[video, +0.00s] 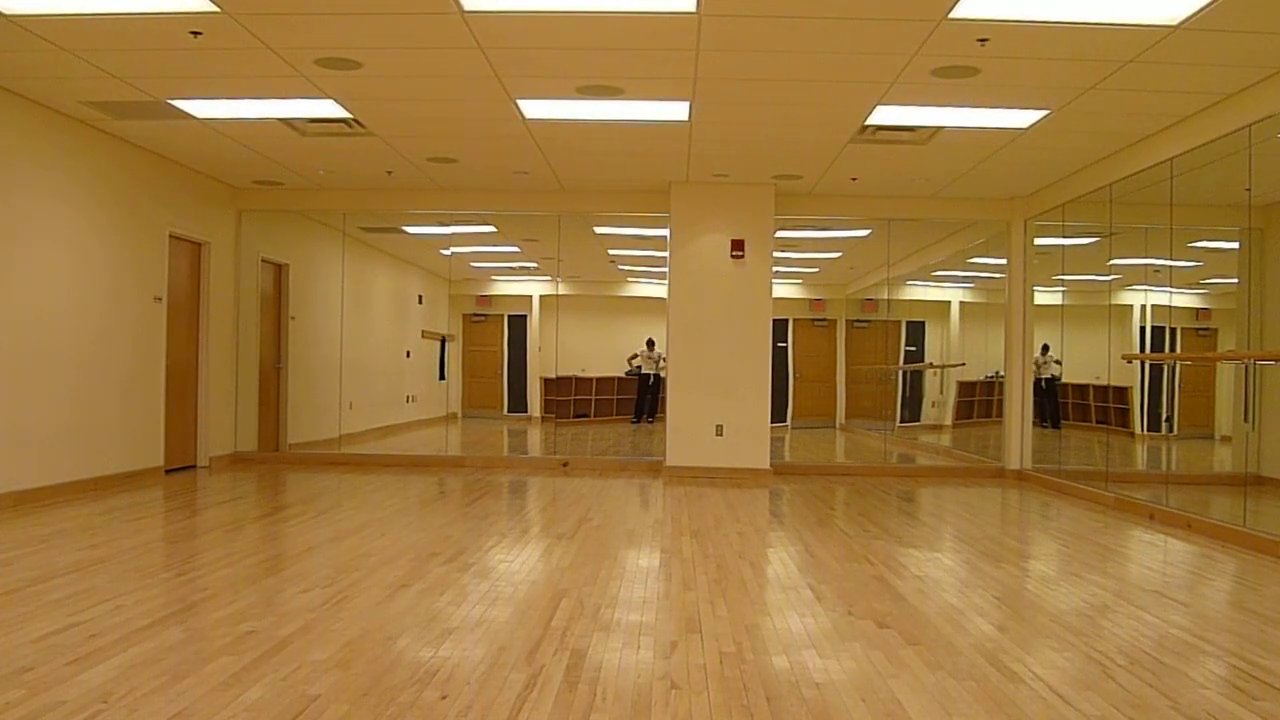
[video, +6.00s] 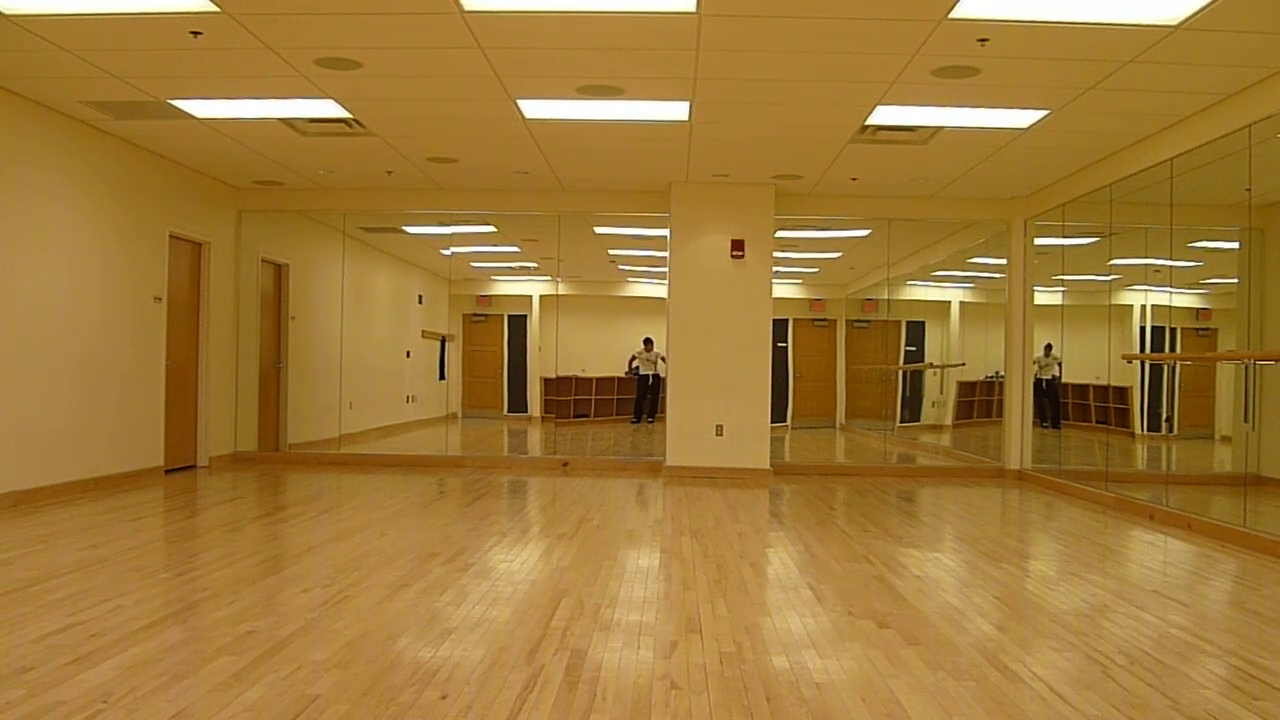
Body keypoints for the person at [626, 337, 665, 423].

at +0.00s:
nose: (650, 349)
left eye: (652, 348)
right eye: (648, 348)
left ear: (654, 346)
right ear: (646, 346)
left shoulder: (658, 353)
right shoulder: (642, 352)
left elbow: (667, 363)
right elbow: (629, 359)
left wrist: (660, 368)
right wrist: (633, 368)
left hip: (655, 374)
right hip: (644, 373)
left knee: (654, 396)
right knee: (641, 395)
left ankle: (651, 416)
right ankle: (637, 416)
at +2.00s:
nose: (652, 350)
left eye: (654, 349)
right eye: (651, 348)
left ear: (656, 348)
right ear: (648, 347)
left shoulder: (660, 354)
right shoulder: (642, 352)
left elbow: (668, 361)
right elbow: (634, 360)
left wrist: (668, 373)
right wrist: (631, 369)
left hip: (654, 373)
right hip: (643, 373)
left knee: (654, 396)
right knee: (640, 395)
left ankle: (651, 416)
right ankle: (637, 416)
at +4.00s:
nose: (652, 349)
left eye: (654, 347)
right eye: (650, 347)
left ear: (656, 347)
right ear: (648, 346)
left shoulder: (660, 354)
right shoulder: (642, 352)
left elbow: (668, 362)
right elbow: (634, 360)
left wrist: (668, 373)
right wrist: (630, 370)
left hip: (654, 374)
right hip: (643, 373)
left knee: (654, 396)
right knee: (640, 395)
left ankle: (651, 416)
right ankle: (637, 416)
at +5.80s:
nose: (651, 348)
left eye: (652, 346)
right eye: (649, 346)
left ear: (655, 346)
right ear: (646, 346)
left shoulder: (658, 354)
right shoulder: (641, 352)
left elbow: (666, 360)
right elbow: (632, 360)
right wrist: (630, 370)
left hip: (654, 374)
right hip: (643, 374)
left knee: (654, 396)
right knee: (640, 395)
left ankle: (651, 416)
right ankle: (637, 416)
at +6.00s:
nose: (649, 348)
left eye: (650, 346)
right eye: (647, 346)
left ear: (653, 346)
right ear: (644, 346)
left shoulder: (656, 353)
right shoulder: (639, 353)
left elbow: (664, 360)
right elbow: (630, 361)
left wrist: (668, 366)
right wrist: (630, 370)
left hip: (654, 374)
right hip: (643, 374)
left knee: (654, 396)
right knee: (640, 396)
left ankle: (651, 416)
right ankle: (637, 416)